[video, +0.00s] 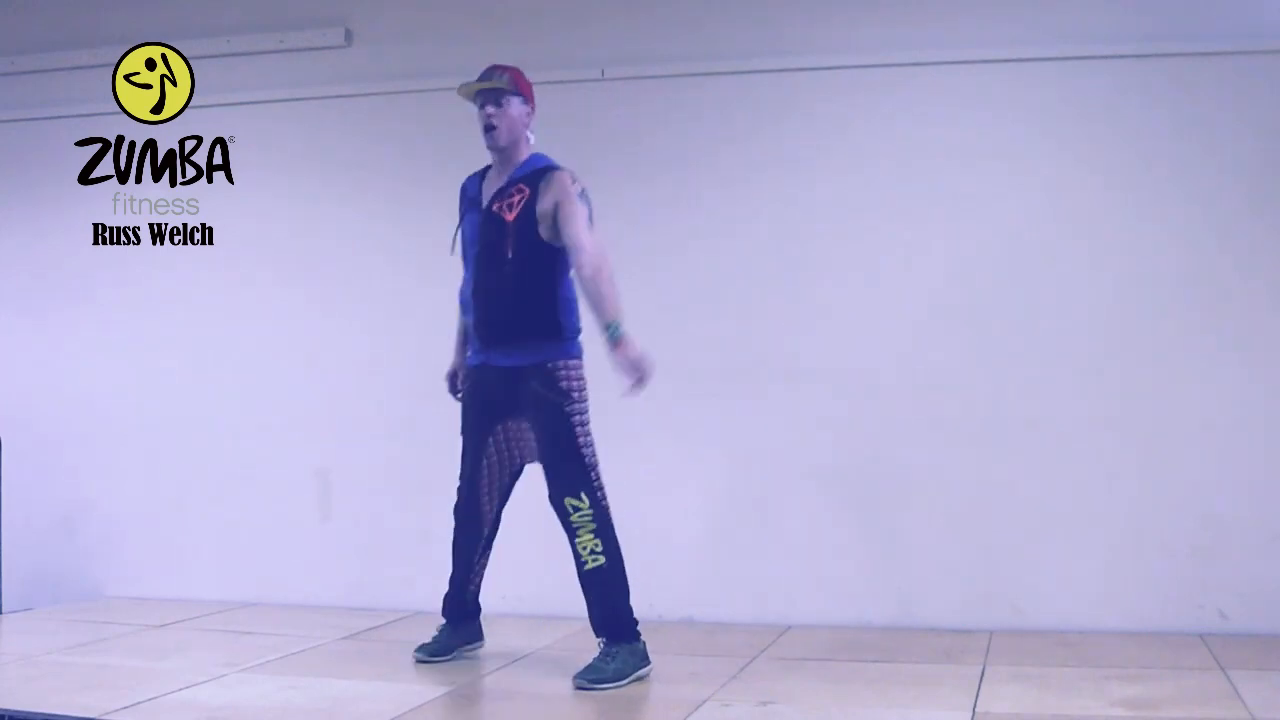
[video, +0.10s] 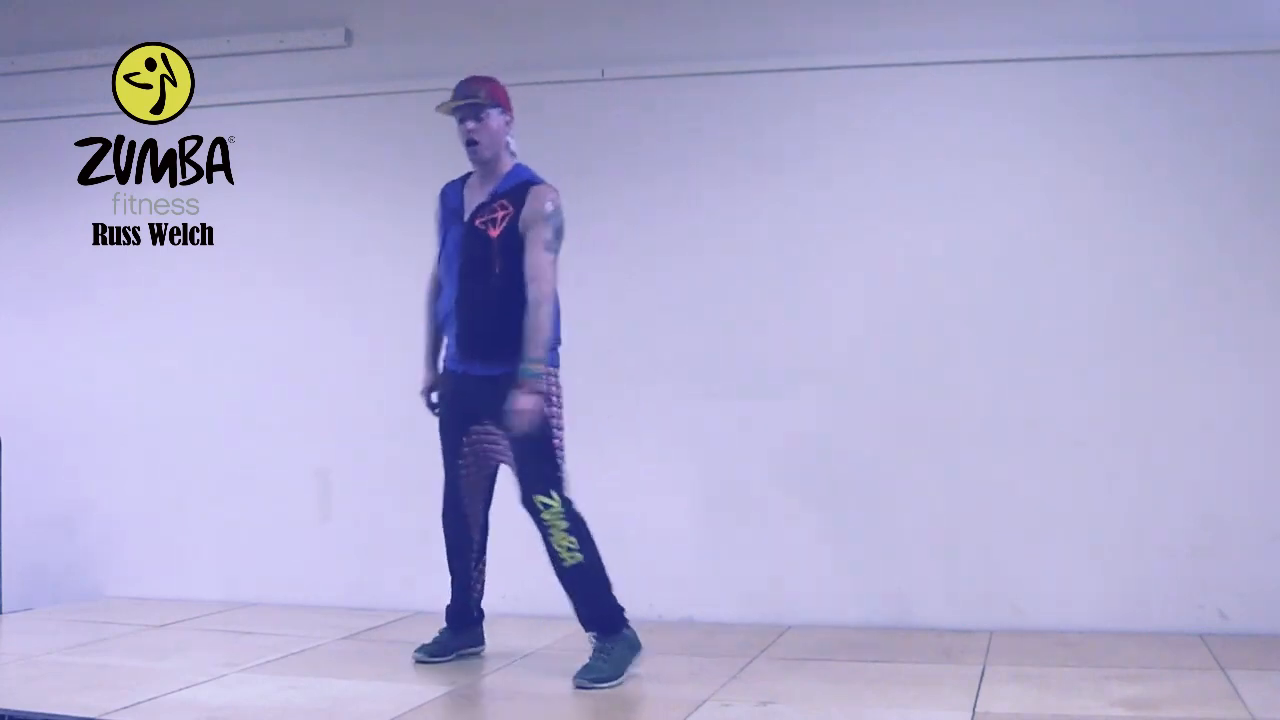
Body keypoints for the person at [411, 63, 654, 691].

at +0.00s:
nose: (489, 113)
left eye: (500, 103)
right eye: (482, 105)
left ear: (528, 112)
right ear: (477, 117)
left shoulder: (558, 185)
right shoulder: (473, 189)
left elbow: (589, 263)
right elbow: (471, 280)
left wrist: (618, 338)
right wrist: (460, 353)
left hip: (551, 369)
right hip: (489, 373)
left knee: (580, 502)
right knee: (475, 499)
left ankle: (622, 642)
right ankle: (461, 623)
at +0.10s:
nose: (468, 127)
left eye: (479, 116)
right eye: (461, 118)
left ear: (507, 121)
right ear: (456, 128)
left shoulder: (537, 197)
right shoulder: (451, 197)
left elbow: (542, 295)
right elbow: (440, 283)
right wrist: (432, 363)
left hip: (522, 373)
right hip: (462, 374)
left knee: (546, 504)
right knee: (462, 506)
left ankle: (613, 633)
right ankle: (464, 626)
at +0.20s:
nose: (448, 141)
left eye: (458, 130)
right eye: (442, 132)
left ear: (487, 131)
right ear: (438, 139)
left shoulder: (524, 204)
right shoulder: (437, 205)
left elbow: (529, 298)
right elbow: (422, 283)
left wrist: (465, 367)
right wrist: (410, 360)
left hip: (517, 365)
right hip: (456, 367)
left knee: (513, 480)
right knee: (450, 491)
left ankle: (581, 612)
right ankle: (463, 622)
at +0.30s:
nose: (429, 146)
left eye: (440, 135)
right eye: (422, 137)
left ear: (467, 139)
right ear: (417, 143)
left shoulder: (503, 204)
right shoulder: (420, 207)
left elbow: (522, 299)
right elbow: (406, 279)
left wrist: (430, 303)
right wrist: (392, 348)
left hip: (509, 363)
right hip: (448, 367)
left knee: (479, 463)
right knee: (443, 484)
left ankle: (527, 586)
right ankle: (462, 621)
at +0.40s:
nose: (423, 138)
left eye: (433, 127)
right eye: (416, 130)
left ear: (461, 127)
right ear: (411, 136)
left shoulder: (497, 192)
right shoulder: (418, 197)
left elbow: (511, 287)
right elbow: (404, 271)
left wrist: (428, 295)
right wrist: (395, 331)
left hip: (502, 358)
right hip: (444, 361)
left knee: (470, 478)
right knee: (442, 488)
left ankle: (507, 599)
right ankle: (460, 621)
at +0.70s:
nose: (414, 135)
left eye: (425, 124)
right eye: (406, 127)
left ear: (450, 131)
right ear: (399, 138)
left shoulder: (486, 194)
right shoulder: (407, 205)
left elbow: (503, 273)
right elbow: (413, 281)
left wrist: (431, 234)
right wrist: (421, 336)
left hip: (499, 364)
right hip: (438, 367)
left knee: (481, 486)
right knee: (435, 496)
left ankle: (511, 596)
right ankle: (461, 626)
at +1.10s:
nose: (460, 118)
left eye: (468, 107)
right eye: (447, 111)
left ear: (485, 116)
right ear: (432, 127)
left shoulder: (515, 168)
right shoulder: (445, 201)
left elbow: (556, 188)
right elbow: (443, 275)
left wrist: (598, 219)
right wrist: (451, 338)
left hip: (533, 363)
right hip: (472, 370)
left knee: (542, 505)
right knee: (450, 498)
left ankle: (581, 646)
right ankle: (459, 611)